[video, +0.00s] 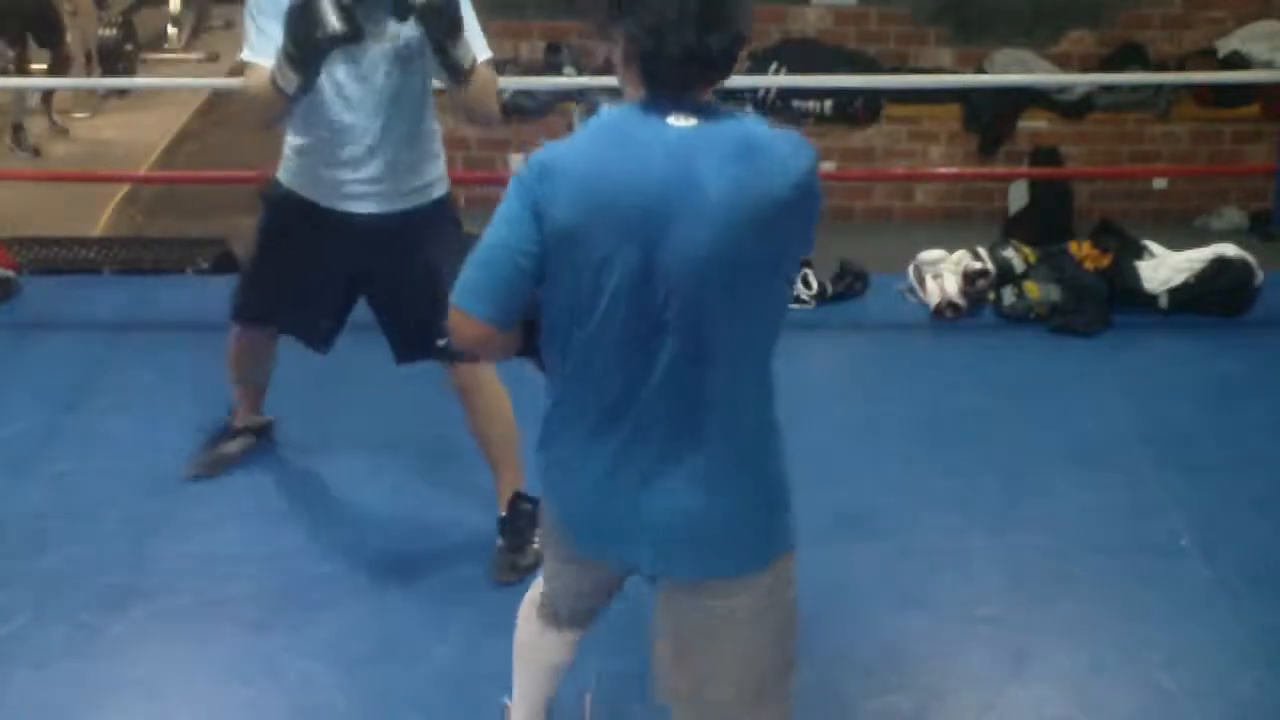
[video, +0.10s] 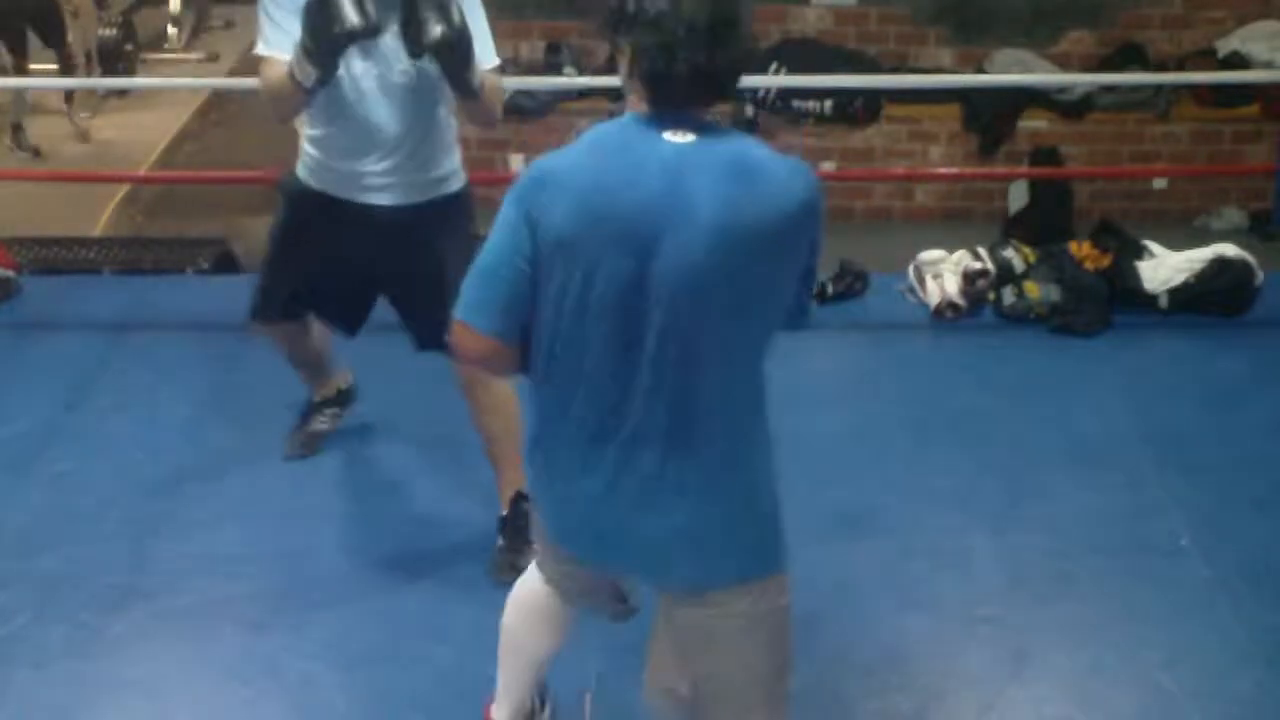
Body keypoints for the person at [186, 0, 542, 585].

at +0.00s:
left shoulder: (435, 4)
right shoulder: (280, 5)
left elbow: (486, 110)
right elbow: (262, 111)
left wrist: (449, 41)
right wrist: (299, 57)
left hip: (413, 199)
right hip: (309, 195)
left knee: (463, 357)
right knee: (254, 318)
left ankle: (516, 505)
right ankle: (246, 421)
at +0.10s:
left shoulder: (450, 5)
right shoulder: (291, 4)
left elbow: (489, 114)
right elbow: (277, 104)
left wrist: (459, 69)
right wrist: (316, 55)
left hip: (430, 188)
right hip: (328, 187)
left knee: (476, 349)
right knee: (282, 313)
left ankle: (517, 508)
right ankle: (329, 390)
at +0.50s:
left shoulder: (523, 0)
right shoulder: (381, 3)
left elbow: (588, 68)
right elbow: (357, 86)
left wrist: (547, 18)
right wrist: (386, 46)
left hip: (513, 164)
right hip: (426, 165)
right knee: (399, 294)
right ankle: (413, 372)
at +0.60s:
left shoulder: (553, 5)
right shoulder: (410, 1)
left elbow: (600, 93)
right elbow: (378, 82)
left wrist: (548, 57)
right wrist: (400, 36)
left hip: (529, 162)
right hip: (446, 158)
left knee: (524, 274)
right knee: (436, 279)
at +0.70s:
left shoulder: (566, 5)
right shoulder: (415, 0)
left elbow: (599, 96)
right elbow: (386, 81)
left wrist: (554, 63)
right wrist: (412, 29)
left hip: (545, 165)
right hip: (463, 162)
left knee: (547, 272)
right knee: (479, 280)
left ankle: (558, 370)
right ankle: (512, 362)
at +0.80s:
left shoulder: (576, 4)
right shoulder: (424, 1)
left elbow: (606, 85)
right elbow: (404, 80)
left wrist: (565, 41)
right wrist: (425, 27)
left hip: (561, 161)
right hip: (477, 161)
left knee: (565, 273)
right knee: (490, 280)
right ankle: (513, 369)